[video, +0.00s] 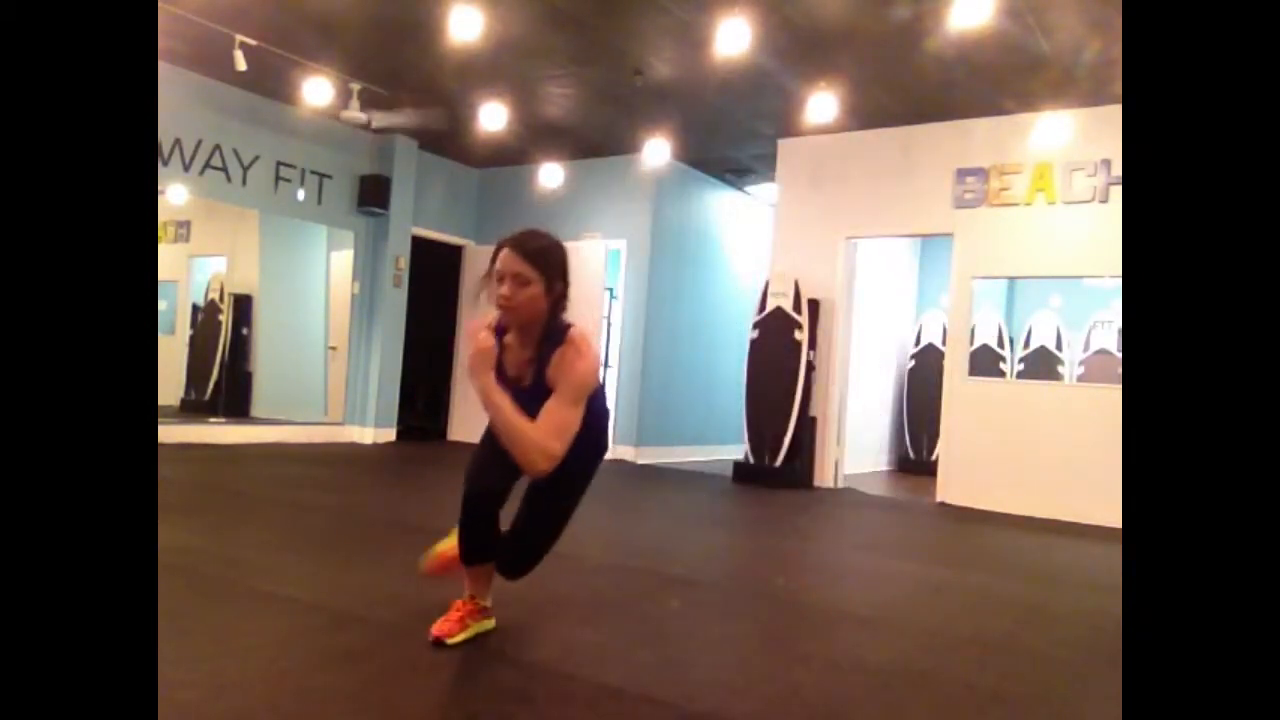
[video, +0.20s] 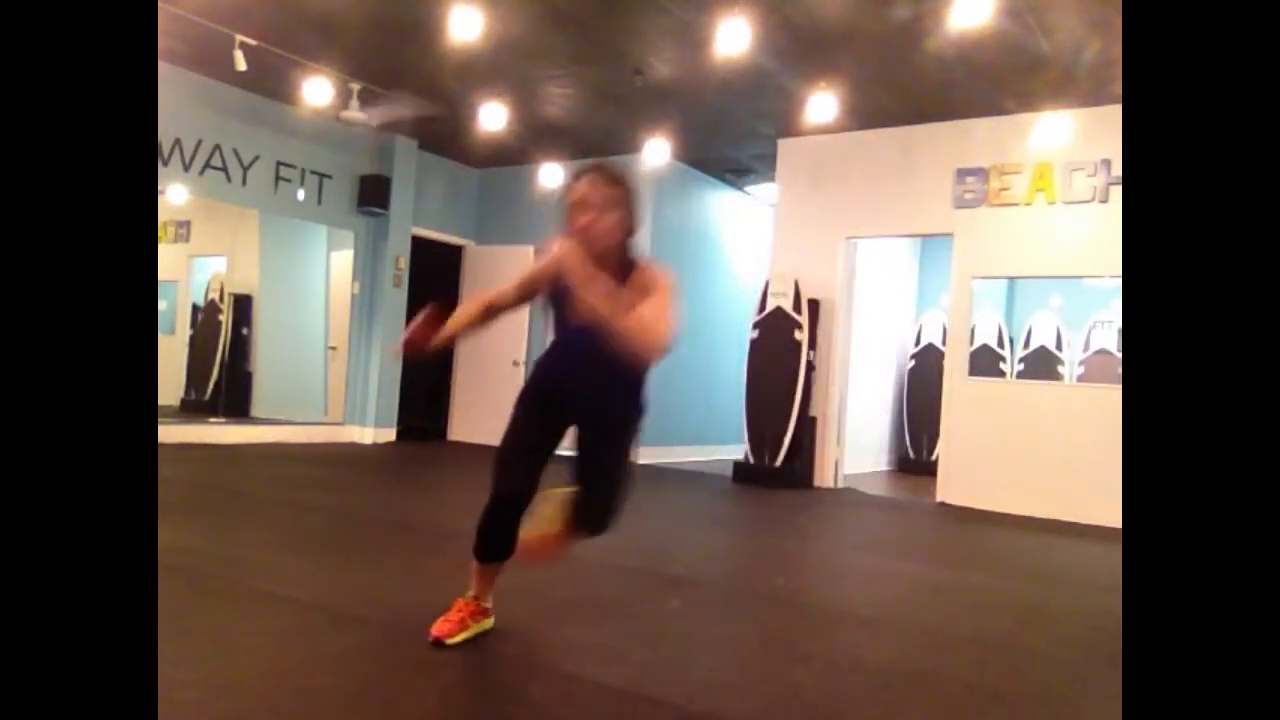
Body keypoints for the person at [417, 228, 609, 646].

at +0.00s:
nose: (505, 292)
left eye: (520, 282)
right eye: (500, 279)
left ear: (554, 291)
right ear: (491, 282)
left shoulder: (577, 355)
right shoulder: (490, 334)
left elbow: (540, 458)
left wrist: (485, 381)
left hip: (576, 437)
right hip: (518, 416)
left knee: (515, 562)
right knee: (480, 495)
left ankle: (472, 543)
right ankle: (477, 603)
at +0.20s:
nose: (589, 221)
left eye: (602, 209)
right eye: (579, 210)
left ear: (627, 218)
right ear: (568, 218)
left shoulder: (649, 280)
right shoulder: (564, 261)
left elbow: (651, 344)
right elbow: (496, 302)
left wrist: (596, 297)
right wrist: (439, 337)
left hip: (613, 405)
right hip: (554, 389)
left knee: (597, 515)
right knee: (509, 493)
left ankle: (561, 519)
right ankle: (478, 601)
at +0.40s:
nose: (729, 133)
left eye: (741, 121)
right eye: (718, 122)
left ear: (761, 132)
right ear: (700, 132)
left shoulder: (782, 194)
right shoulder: (675, 187)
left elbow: (883, 225)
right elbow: (593, 240)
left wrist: (840, 251)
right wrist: (625, 219)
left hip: (727, 354)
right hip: (660, 349)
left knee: (778, 455)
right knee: (583, 451)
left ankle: (829, 569)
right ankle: (493, 570)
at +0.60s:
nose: (865, 179)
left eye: (873, 166)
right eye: (851, 169)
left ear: (889, 174)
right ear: (827, 181)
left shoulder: (913, 241)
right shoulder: (802, 245)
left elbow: (980, 299)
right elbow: (763, 335)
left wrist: (1002, 388)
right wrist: (808, 281)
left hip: (860, 392)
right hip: (789, 383)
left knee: (912, 518)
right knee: (746, 450)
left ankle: (972, 653)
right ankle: (695, 494)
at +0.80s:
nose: (952, 265)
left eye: (964, 252)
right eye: (936, 254)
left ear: (980, 262)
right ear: (912, 269)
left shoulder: (989, 321)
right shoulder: (881, 338)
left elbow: (980, 367)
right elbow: (904, 446)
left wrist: (976, 404)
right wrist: (943, 374)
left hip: (939, 429)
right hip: (870, 441)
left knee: (975, 549)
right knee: (886, 579)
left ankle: (978, 663)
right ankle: (897, 530)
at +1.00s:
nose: (964, 274)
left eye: (976, 259)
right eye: (948, 262)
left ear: (990, 270)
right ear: (923, 274)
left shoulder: (985, 328)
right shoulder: (885, 341)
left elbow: (976, 386)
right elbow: (876, 451)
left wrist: (992, 438)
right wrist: (962, 412)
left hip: (944, 442)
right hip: (878, 457)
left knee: (957, 559)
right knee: (923, 581)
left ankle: (976, 665)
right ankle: (977, 569)